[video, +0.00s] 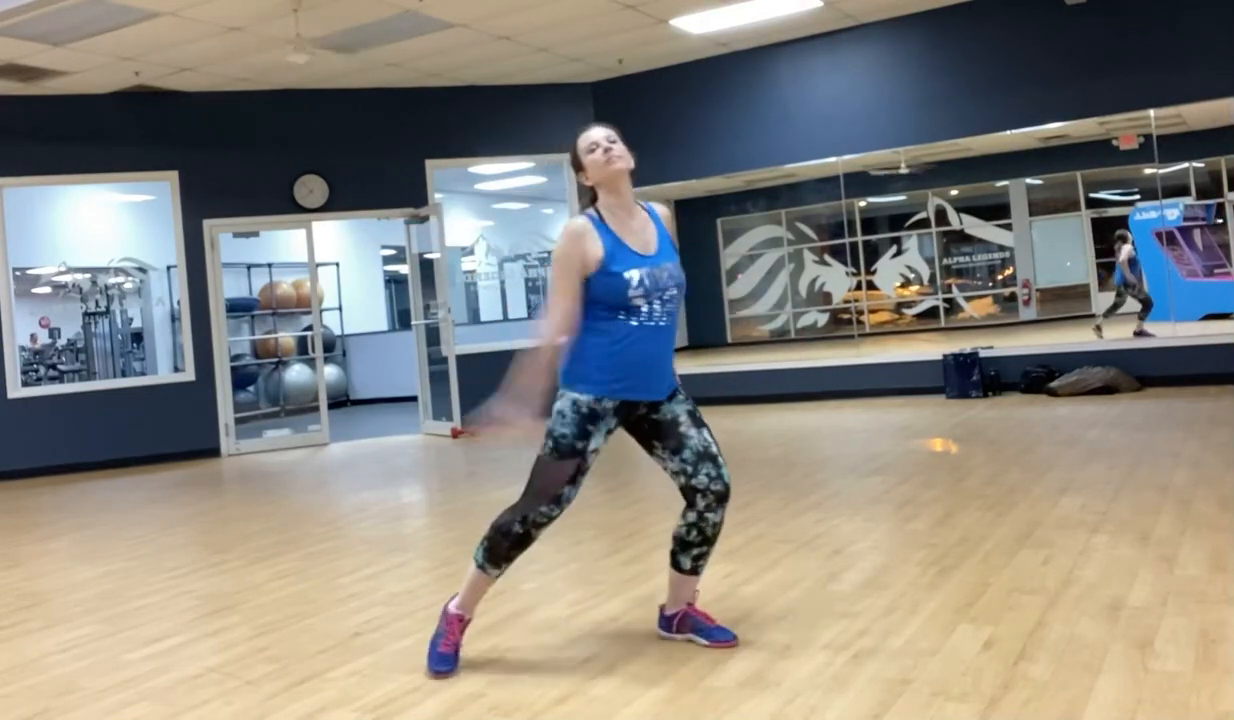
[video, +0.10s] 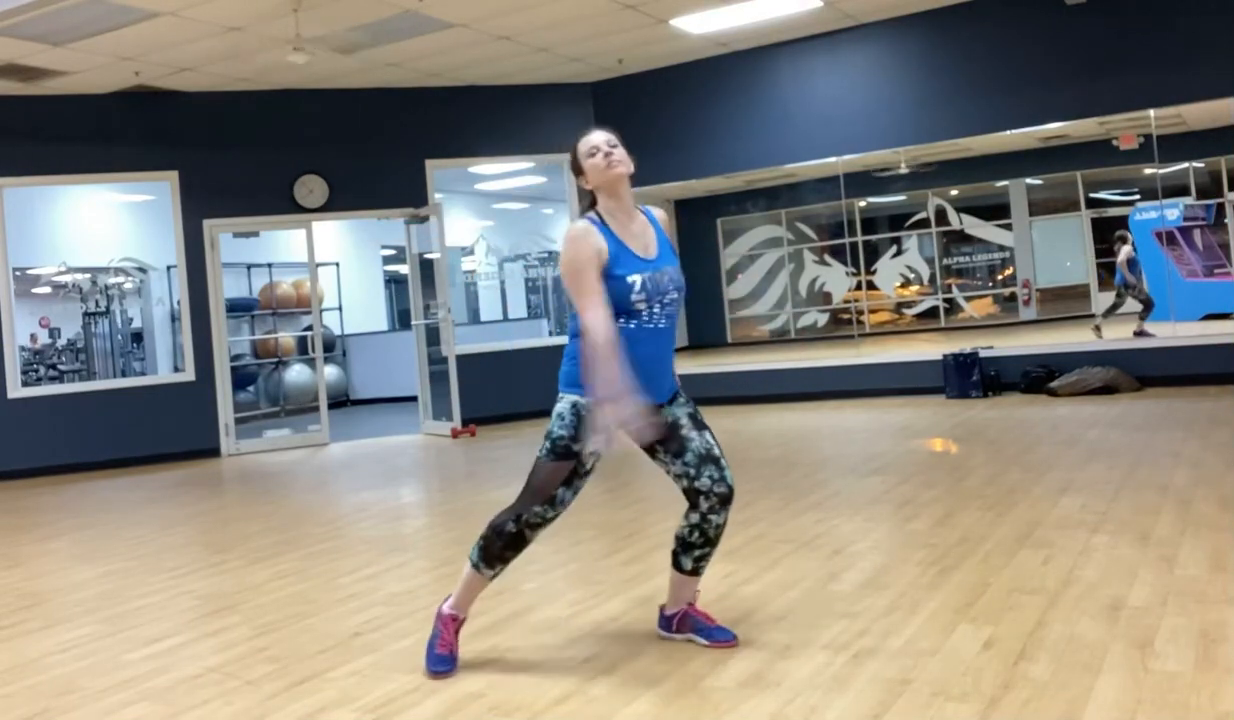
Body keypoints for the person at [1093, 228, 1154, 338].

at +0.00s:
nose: (1131, 236)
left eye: (1130, 234)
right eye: (1129, 235)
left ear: (1120, 239)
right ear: (1126, 238)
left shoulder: (1120, 248)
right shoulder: (1127, 247)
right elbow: (1122, 261)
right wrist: (1129, 277)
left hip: (1121, 283)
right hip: (1129, 283)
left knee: (1118, 303)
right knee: (1148, 303)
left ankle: (1099, 324)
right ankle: (1139, 328)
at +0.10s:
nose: (1131, 236)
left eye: (1129, 235)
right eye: (1129, 235)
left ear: (1120, 240)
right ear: (1126, 238)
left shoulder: (1121, 249)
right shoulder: (1127, 248)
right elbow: (1120, 261)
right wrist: (1128, 276)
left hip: (1121, 284)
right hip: (1129, 283)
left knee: (1118, 303)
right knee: (1149, 303)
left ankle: (1098, 323)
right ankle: (1139, 328)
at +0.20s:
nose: (1130, 237)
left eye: (1129, 235)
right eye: (1128, 236)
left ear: (1119, 241)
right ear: (1126, 239)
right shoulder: (1126, 249)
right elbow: (1120, 262)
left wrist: (1163, 257)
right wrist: (1128, 277)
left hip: (1122, 284)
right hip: (1129, 284)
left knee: (1117, 304)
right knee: (1149, 304)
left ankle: (1097, 323)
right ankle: (1139, 328)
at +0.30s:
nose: (1130, 237)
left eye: (1128, 236)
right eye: (1127, 236)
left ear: (1120, 241)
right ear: (1125, 239)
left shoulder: (1129, 250)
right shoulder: (1125, 249)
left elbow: (1146, 249)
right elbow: (1119, 262)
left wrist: (1164, 247)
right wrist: (1128, 278)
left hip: (1124, 284)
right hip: (1129, 284)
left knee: (1117, 304)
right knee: (1150, 304)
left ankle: (1097, 323)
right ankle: (1139, 328)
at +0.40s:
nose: (1129, 237)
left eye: (1128, 235)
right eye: (1127, 235)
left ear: (1120, 241)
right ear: (1124, 239)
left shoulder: (1130, 248)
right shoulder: (1125, 249)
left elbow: (1143, 240)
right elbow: (1118, 262)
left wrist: (1155, 234)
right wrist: (1128, 277)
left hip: (1124, 284)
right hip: (1130, 284)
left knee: (1119, 303)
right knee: (1150, 304)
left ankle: (1098, 322)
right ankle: (1139, 328)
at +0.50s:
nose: (1129, 238)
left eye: (1128, 236)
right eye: (1127, 237)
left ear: (1119, 242)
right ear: (1125, 239)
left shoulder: (1127, 248)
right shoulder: (1125, 249)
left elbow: (1134, 235)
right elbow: (1118, 262)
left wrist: (1141, 224)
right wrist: (1127, 277)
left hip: (1127, 285)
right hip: (1131, 285)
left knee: (1120, 304)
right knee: (1151, 304)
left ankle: (1099, 321)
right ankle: (1140, 328)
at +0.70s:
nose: (1128, 238)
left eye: (1127, 236)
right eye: (1126, 236)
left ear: (1119, 241)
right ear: (1125, 239)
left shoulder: (1124, 249)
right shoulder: (1125, 250)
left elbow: (1124, 231)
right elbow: (1119, 262)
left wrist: (1125, 215)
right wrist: (1129, 277)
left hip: (1127, 285)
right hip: (1131, 285)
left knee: (1120, 304)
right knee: (1151, 304)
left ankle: (1099, 321)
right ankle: (1140, 328)